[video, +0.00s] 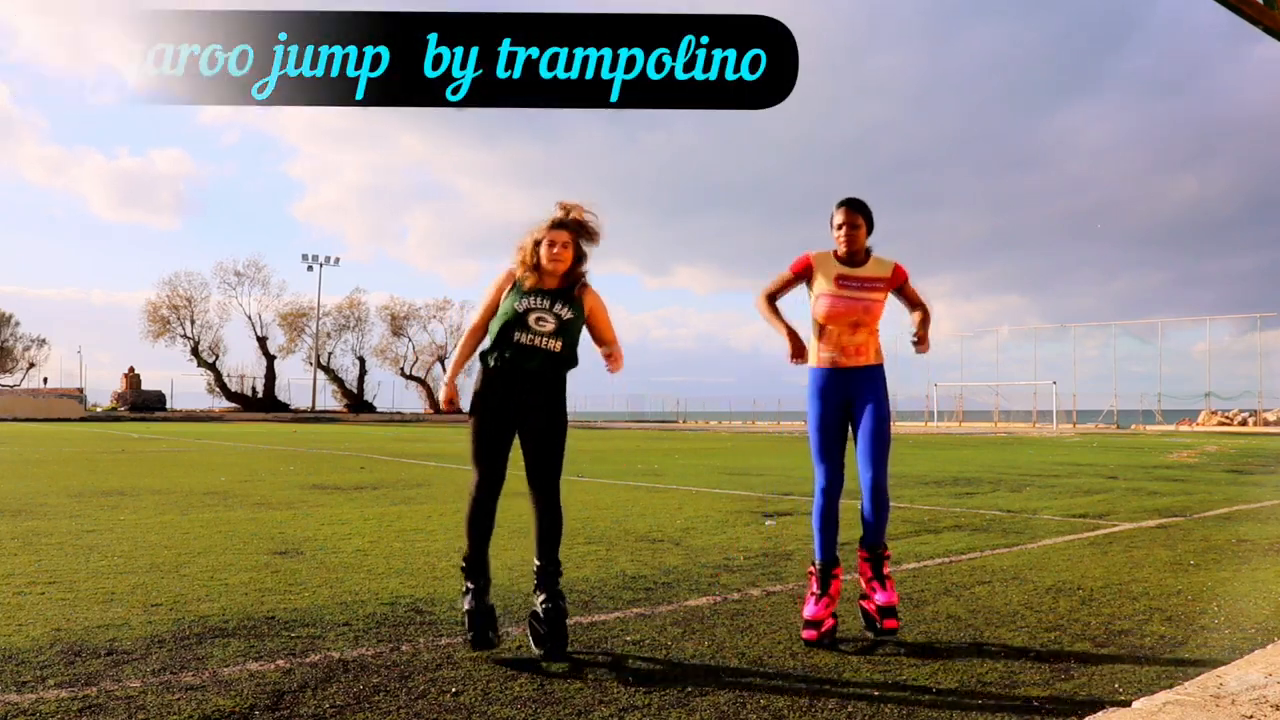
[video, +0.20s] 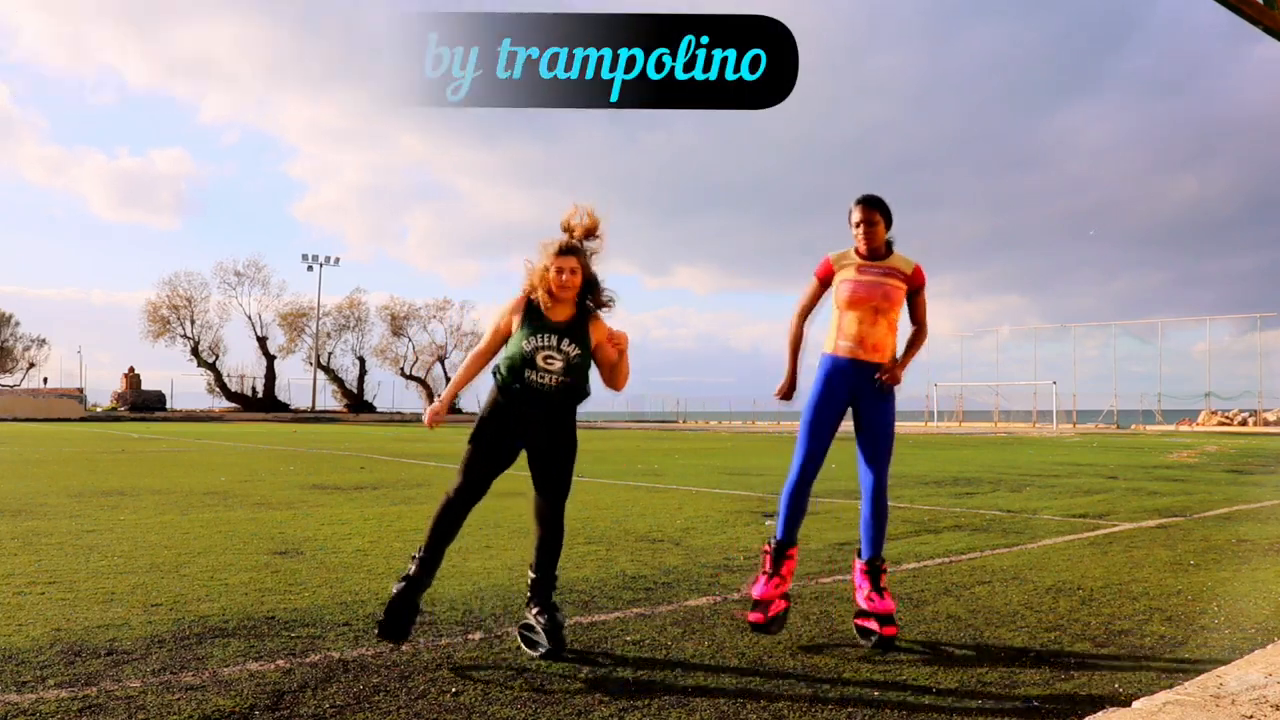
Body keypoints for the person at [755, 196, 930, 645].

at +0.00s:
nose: (846, 233)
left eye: (854, 226)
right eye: (839, 226)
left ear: (869, 231)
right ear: (831, 231)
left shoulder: (888, 272)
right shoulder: (814, 264)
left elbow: (920, 308)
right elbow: (765, 298)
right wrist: (789, 333)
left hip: (870, 382)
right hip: (825, 382)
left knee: (874, 484)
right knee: (828, 485)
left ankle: (874, 570)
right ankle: (824, 582)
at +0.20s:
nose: (863, 231)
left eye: (870, 224)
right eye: (857, 225)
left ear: (887, 226)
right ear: (850, 229)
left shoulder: (908, 272)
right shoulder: (835, 265)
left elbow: (920, 328)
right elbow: (800, 315)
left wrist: (901, 364)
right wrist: (792, 373)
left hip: (878, 379)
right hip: (833, 372)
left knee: (875, 482)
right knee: (803, 468)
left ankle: (871, 577)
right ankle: (777, 566)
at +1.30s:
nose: (839, 250)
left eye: (846, 244)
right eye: (833, 242)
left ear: (855, 249)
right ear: (819, 245)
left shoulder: (872, 284)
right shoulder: (800, 291)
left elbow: (886, 339)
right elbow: (793, 353)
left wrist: (895, 387)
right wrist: (816, 294)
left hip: (882, 388)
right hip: (838, 398)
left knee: (946, 467)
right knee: (849, 496)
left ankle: (1010, 538)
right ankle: (864, 588)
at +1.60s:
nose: (836, 235)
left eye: (843, 228)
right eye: (830, 227)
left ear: (853, 232)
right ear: (816, 230)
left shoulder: (872, 267)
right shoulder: (799, 276)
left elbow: (899, 325)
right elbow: (797, 336)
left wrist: (926, 379)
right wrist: (818, 276)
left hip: (887, 372)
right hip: (841, 383)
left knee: (951, 456)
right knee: (844, 482)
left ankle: (1017, 526)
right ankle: (848, 582)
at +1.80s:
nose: (855, 234)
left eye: (862, 227)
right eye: (848, 227)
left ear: (872, 231)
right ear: (836, 231)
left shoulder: (893, 271)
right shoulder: (820, 269)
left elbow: (918, 327)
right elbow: (778, 319)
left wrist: (913, 341)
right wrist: (818, 312)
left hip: (893, 375)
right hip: (847, 380)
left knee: (931, 472)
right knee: (850, 485)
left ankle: (958, 557)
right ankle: (848, 584)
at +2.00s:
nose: (886, 221)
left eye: (893, 213)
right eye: (878, 215)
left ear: (907, 213)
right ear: (869, 217)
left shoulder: (929, 255)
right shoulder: (856, 253)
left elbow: (941, 318)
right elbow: (825, 312)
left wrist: (903, 300)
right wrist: (798, 366)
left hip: (906, 365)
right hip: (860, 360)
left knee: (908, 470)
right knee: (825, 453)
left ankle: (904, 568)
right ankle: (787, 545)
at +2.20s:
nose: (908, 243)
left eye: (914, 236)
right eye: (901, 238)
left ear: (930, 241)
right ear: (893, 244)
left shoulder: (953, 287)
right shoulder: (881, 281)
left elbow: (961, 349)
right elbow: (849, 339)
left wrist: (928, 341)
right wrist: (822, 391)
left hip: (917, 396)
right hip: (871, 384)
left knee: (914, 496)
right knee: (806, 445)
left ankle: (902, 590)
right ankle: (737, 510)